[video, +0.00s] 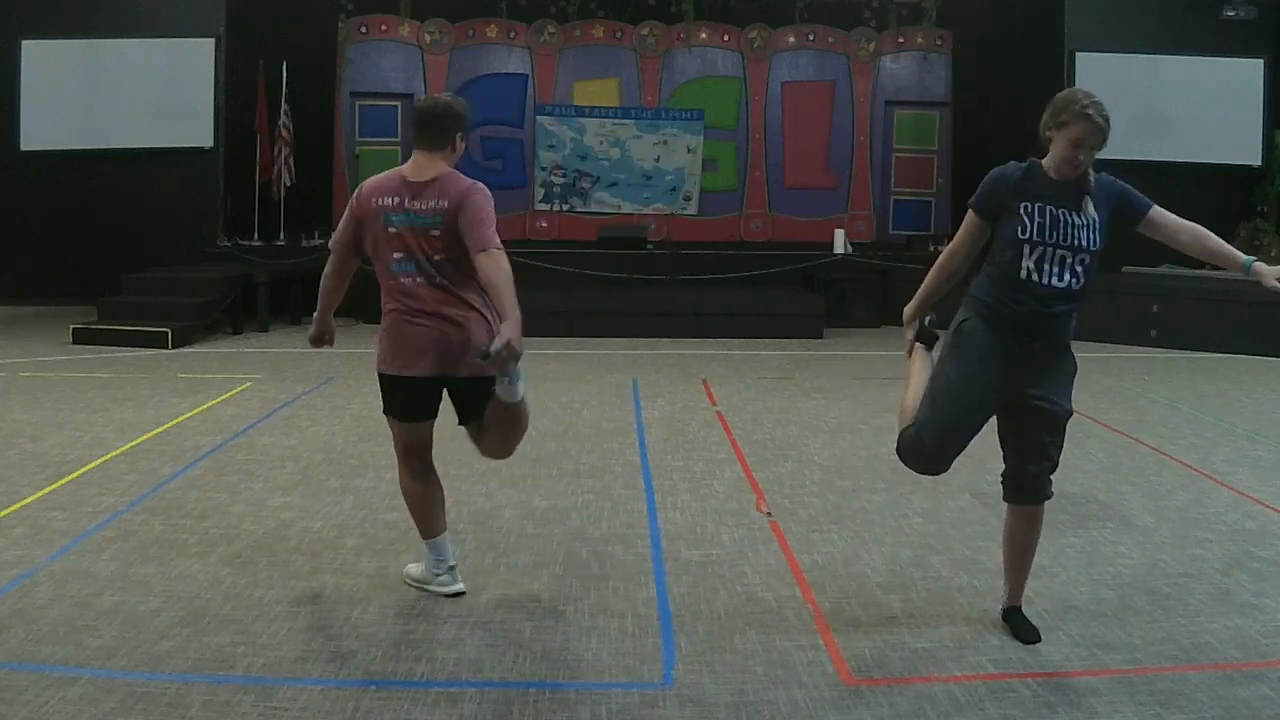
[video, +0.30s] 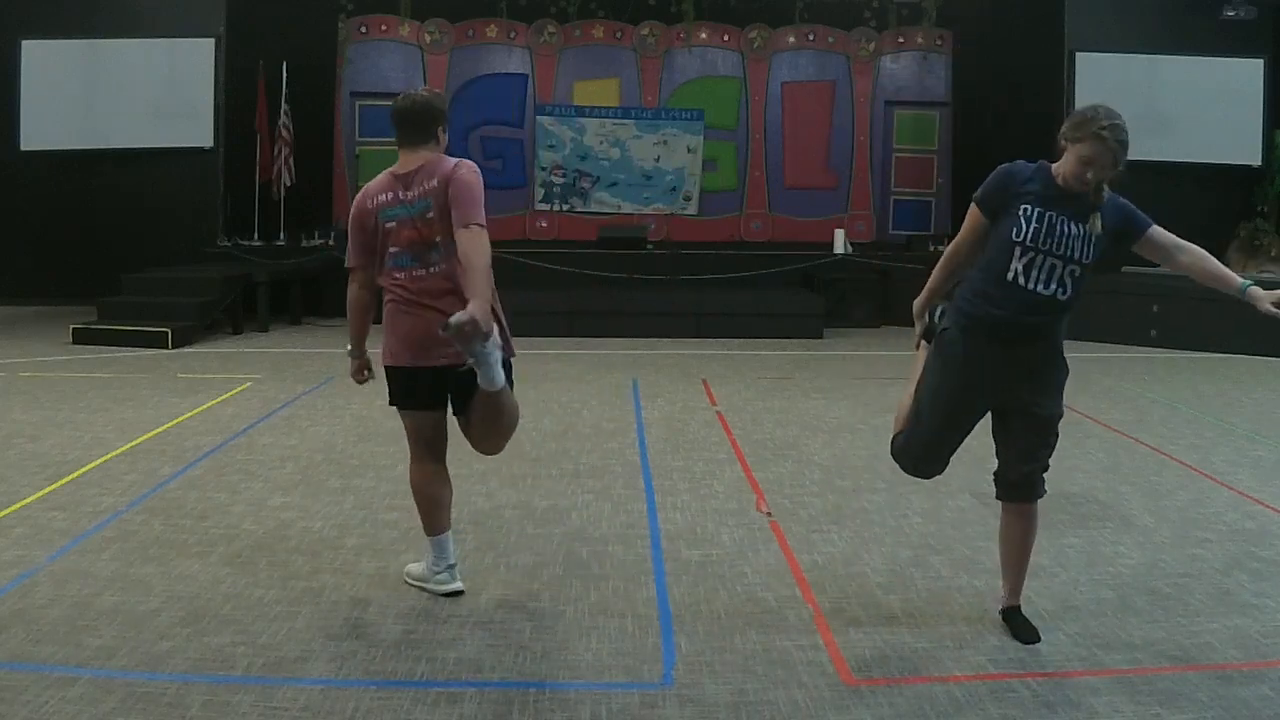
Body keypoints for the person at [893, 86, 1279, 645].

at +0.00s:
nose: (1083, 160)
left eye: (1092, 151)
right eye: (1074, 147)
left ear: (1100, 147)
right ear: (1047, 135)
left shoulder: (1109, 195)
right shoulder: (1007, 183)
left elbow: (1182, 232)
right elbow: (957, 253)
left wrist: (1254, 267)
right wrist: (915, 310)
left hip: (1048, 357)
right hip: (985, 343)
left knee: (1030, 484)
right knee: (922, 456)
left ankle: (1012, 605)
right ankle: (921, 345)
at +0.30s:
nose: (1089, 178)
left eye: (1100, 171)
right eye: (1084, 165)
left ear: (1113, 168)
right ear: (1065, 145)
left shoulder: (1111, 213)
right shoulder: (1013, 181)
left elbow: (1178, 254)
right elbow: (963, 246)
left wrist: (1253, 293)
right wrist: (923, 299)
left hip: (1036, 359)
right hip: (970, 344)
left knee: (1022, 485)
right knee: (915, 461)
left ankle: (1011, 604)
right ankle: (927, 351)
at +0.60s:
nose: (1053, 179)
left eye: (1065, 172)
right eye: (1047, 167)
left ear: (1079, 162)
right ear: (1026, 146)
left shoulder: (1085, 203)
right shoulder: (982, 182)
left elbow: (1142, 257)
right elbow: (932, 253)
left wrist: (1201, 309)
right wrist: (878, 314)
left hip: (1023, 358)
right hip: (953, 346)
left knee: (1018, 484)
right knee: (923, 466)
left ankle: (1012, 606)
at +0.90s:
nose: (978, 170)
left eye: (987, 161)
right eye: (971, 159)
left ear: (997, 156)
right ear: (945, 145)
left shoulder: (1008, 198)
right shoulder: (904, 192)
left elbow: (1054, 273)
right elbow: (832, 232)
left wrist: (1096, 344)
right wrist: (760, 267)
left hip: (991, 366)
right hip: (917, 366)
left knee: (1006, 487)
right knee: (906, 489)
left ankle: (1016, 602)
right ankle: (884, 605)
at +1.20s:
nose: (931, 150)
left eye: (939, 139)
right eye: (922, 137)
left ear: (945, 136)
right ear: (893, 129)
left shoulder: (949, 186)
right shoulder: (861, 175)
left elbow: (982, 256)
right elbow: (799, 175)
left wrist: (1024, 321)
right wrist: (739, 166)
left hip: (960, 343)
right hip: (888, 360)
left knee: (1035, 441)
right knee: (887, 492)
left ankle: (1027, 406)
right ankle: (881, 610)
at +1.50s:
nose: (910, 142)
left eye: (916, 132)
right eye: (901, 129)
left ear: (918, 132)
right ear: (868, 123)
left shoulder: (913, 176)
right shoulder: (837, 176)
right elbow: (776, 160)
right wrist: (720, 122)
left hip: (947, 339)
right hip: (878, 359)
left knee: (1034, 415)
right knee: (878, 489)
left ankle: (986, 352)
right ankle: (878, 608)